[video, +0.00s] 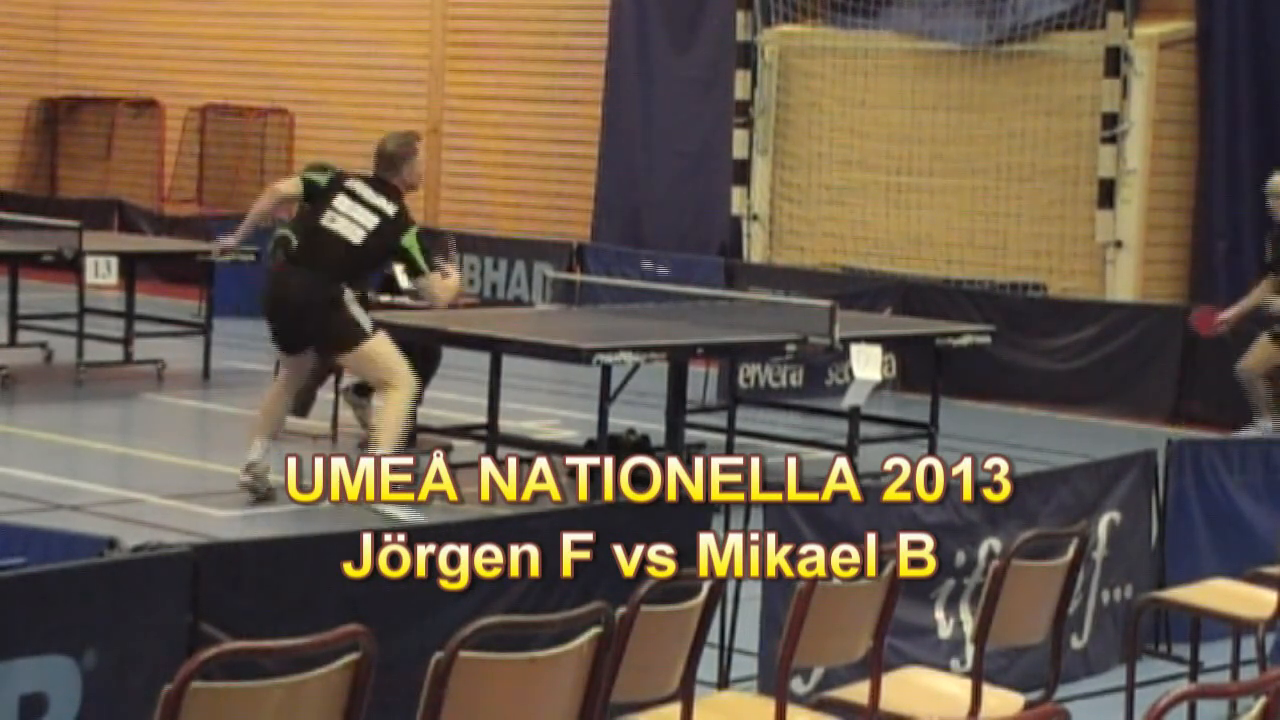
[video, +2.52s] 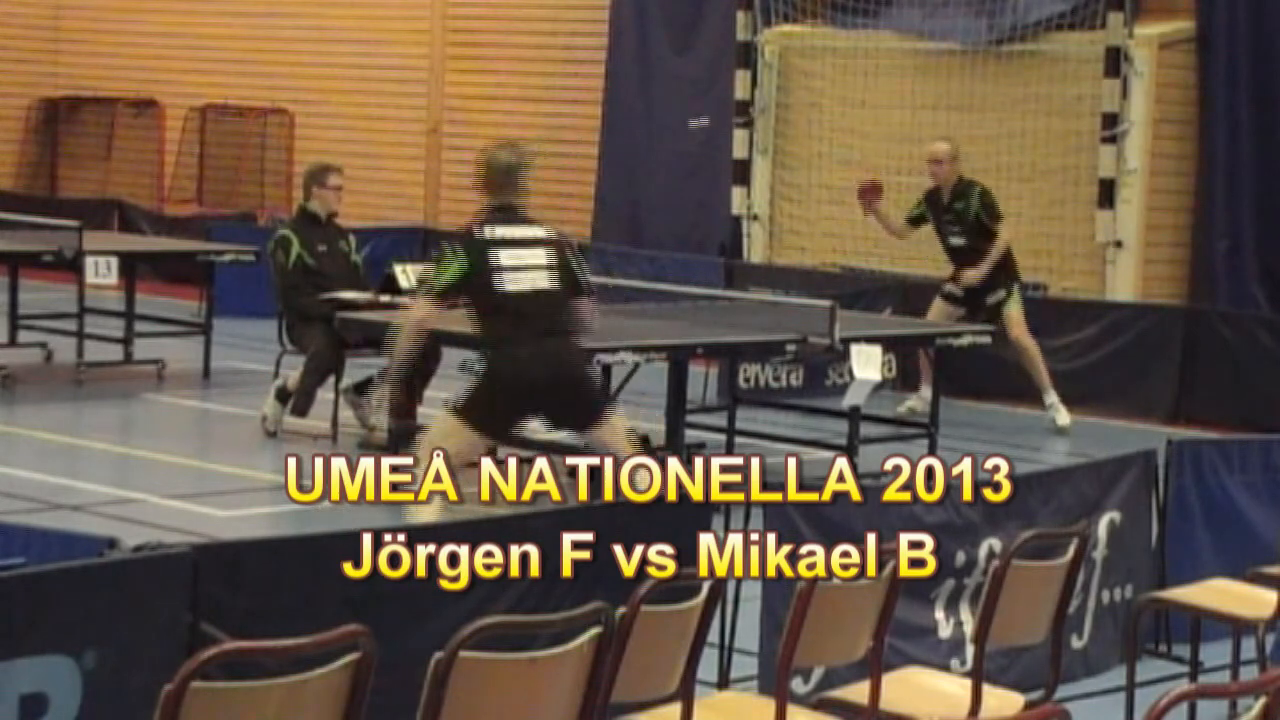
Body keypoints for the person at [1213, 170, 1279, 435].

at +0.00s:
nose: (1271, 204)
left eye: (1274, 198)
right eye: (1270, 198)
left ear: (1279, 201)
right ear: (1268, 201)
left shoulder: (1274, 238)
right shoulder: (1273, 237)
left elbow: (1269, 284)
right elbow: (1269, 284)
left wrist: (1232, 314)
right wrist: (1231, 314)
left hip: (1276, 330)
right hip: (1275, 329)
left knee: (1249, 369)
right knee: (1248, 368)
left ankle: (1267, 421)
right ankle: (1267, 421)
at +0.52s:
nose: (1110, 253)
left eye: (1117, 244)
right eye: (1107, 247)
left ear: (1140, 244)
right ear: (1107, 251)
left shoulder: (1174, 269)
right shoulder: (1121, 289)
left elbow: (1223, 279)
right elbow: (1107, 343)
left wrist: (1258, 314)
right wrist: (1070, 388)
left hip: (1206, 343)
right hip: (1170, 348)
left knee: (1150, 369)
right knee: (1181, 415)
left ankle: (1111, 440)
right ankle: (1245, 436)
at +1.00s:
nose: (1079, 269)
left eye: (1085, 262)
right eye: (1075, 262)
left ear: (1101, 264)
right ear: (1071, 264)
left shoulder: (1125, 284)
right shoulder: (1070, 295)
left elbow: (1164, 308)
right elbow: (1077, 338)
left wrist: (1181, 349)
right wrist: (1076, 381)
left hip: (1151, 329)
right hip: (1118, 339)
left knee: (1114, 360)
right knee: (1120, 418)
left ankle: (1104, 441)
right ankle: (1181, 416)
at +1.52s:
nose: (1055, 202)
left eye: (1060, 194)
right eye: (1049, 195)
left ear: (1070, 196)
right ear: (1041, 199)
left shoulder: (1091, 229)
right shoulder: (1037, 233)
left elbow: (1124, 275)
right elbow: (1030, 282)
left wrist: (1118, 311)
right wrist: (1019, 317)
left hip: (1106, 305)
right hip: (1070, 304)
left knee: (1122, 363)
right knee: (1043, 366)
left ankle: (1151, 428)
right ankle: (1057, 413)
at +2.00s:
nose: (939, 212)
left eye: (944, 205)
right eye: (936, 206)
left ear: (959, 205)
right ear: (935, 209)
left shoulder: (978, 233)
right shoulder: (953, 238)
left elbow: (996, 283)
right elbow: (965, 282)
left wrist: (968, 313)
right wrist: (933, 307)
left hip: (1009, 310)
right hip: (980, 308)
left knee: (1021, 377)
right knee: (926, 334)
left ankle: (1078, 411)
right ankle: (924, 400)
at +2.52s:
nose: (932, 169)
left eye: (938, 163)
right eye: (929, 163)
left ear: (954, 165)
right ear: (927, 167)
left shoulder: (976, 193)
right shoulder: (931, 199)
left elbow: (1003, 235)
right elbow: (901, 230)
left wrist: (981, 269)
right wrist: (875, 211)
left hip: (998, 273)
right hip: (963, 275)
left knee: (1017, 334)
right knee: (927, 331)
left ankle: (1051, 400)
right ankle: (925, 395)